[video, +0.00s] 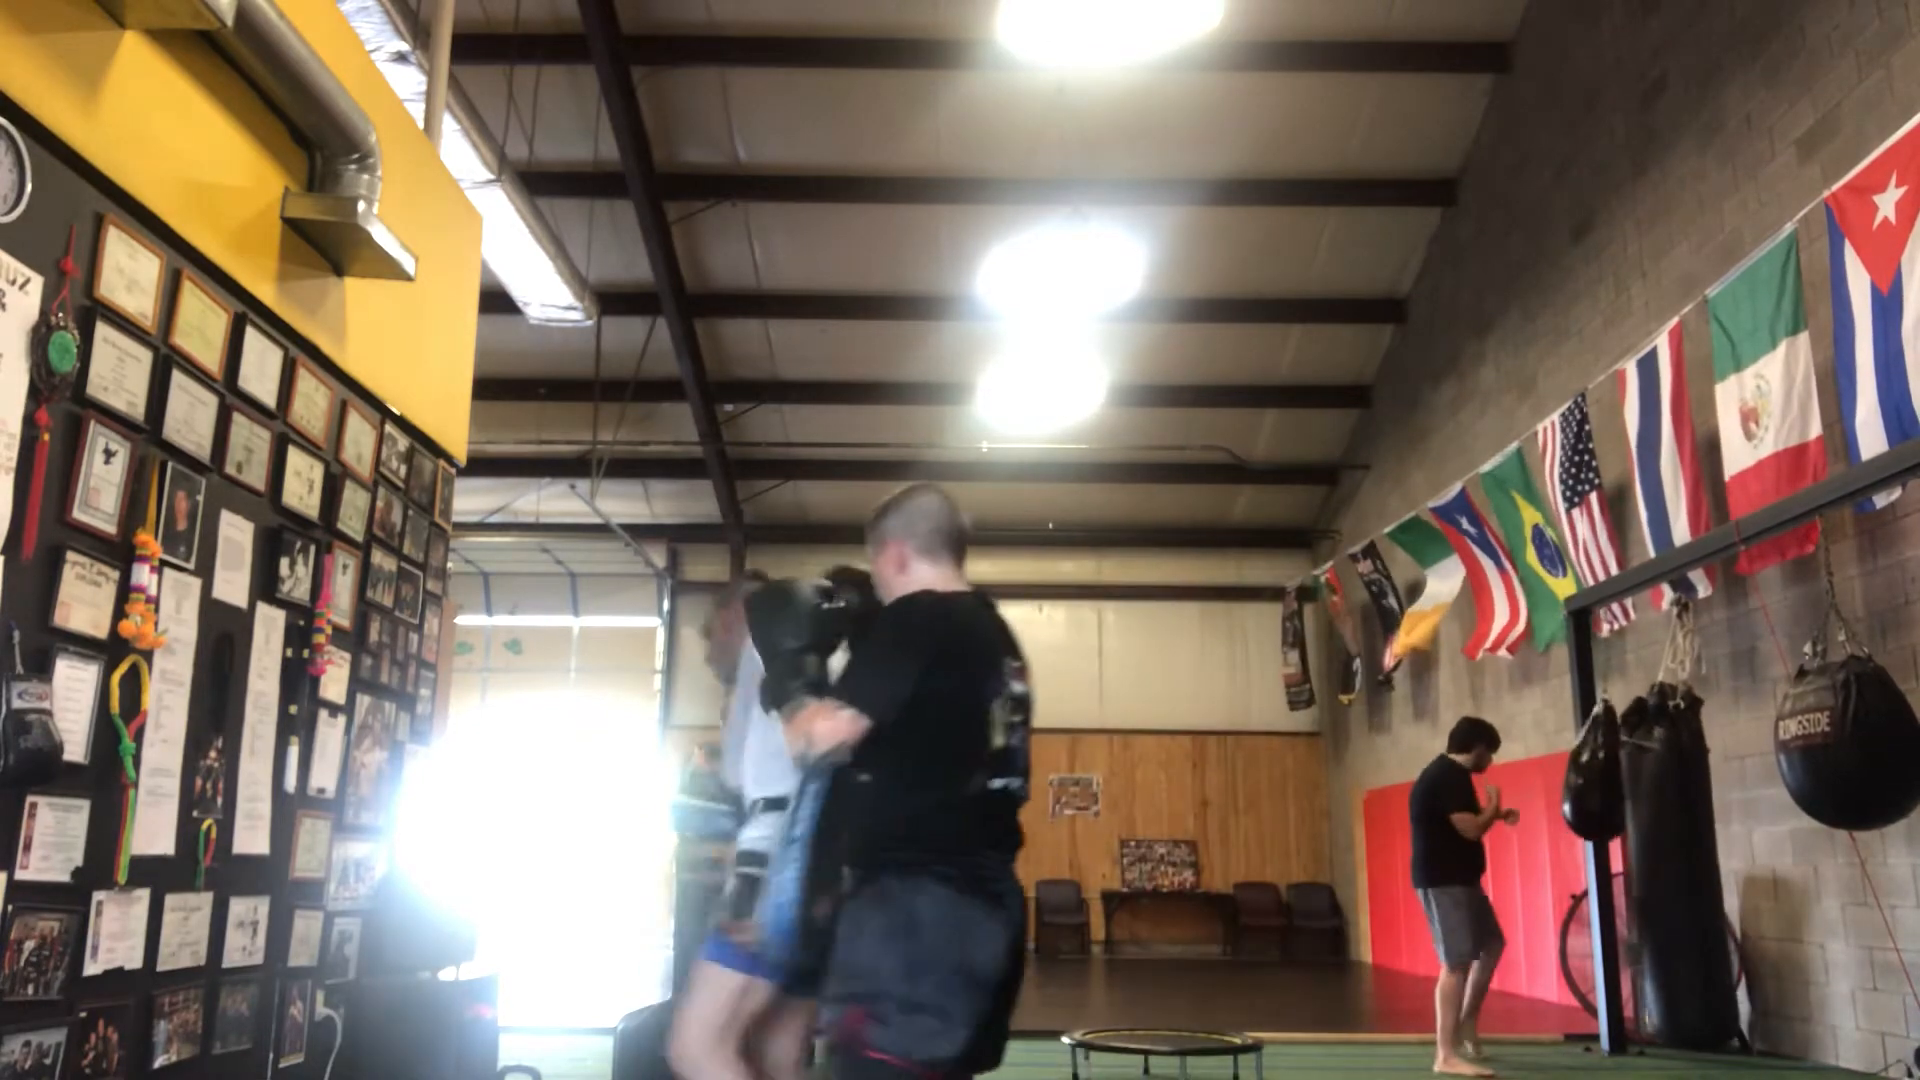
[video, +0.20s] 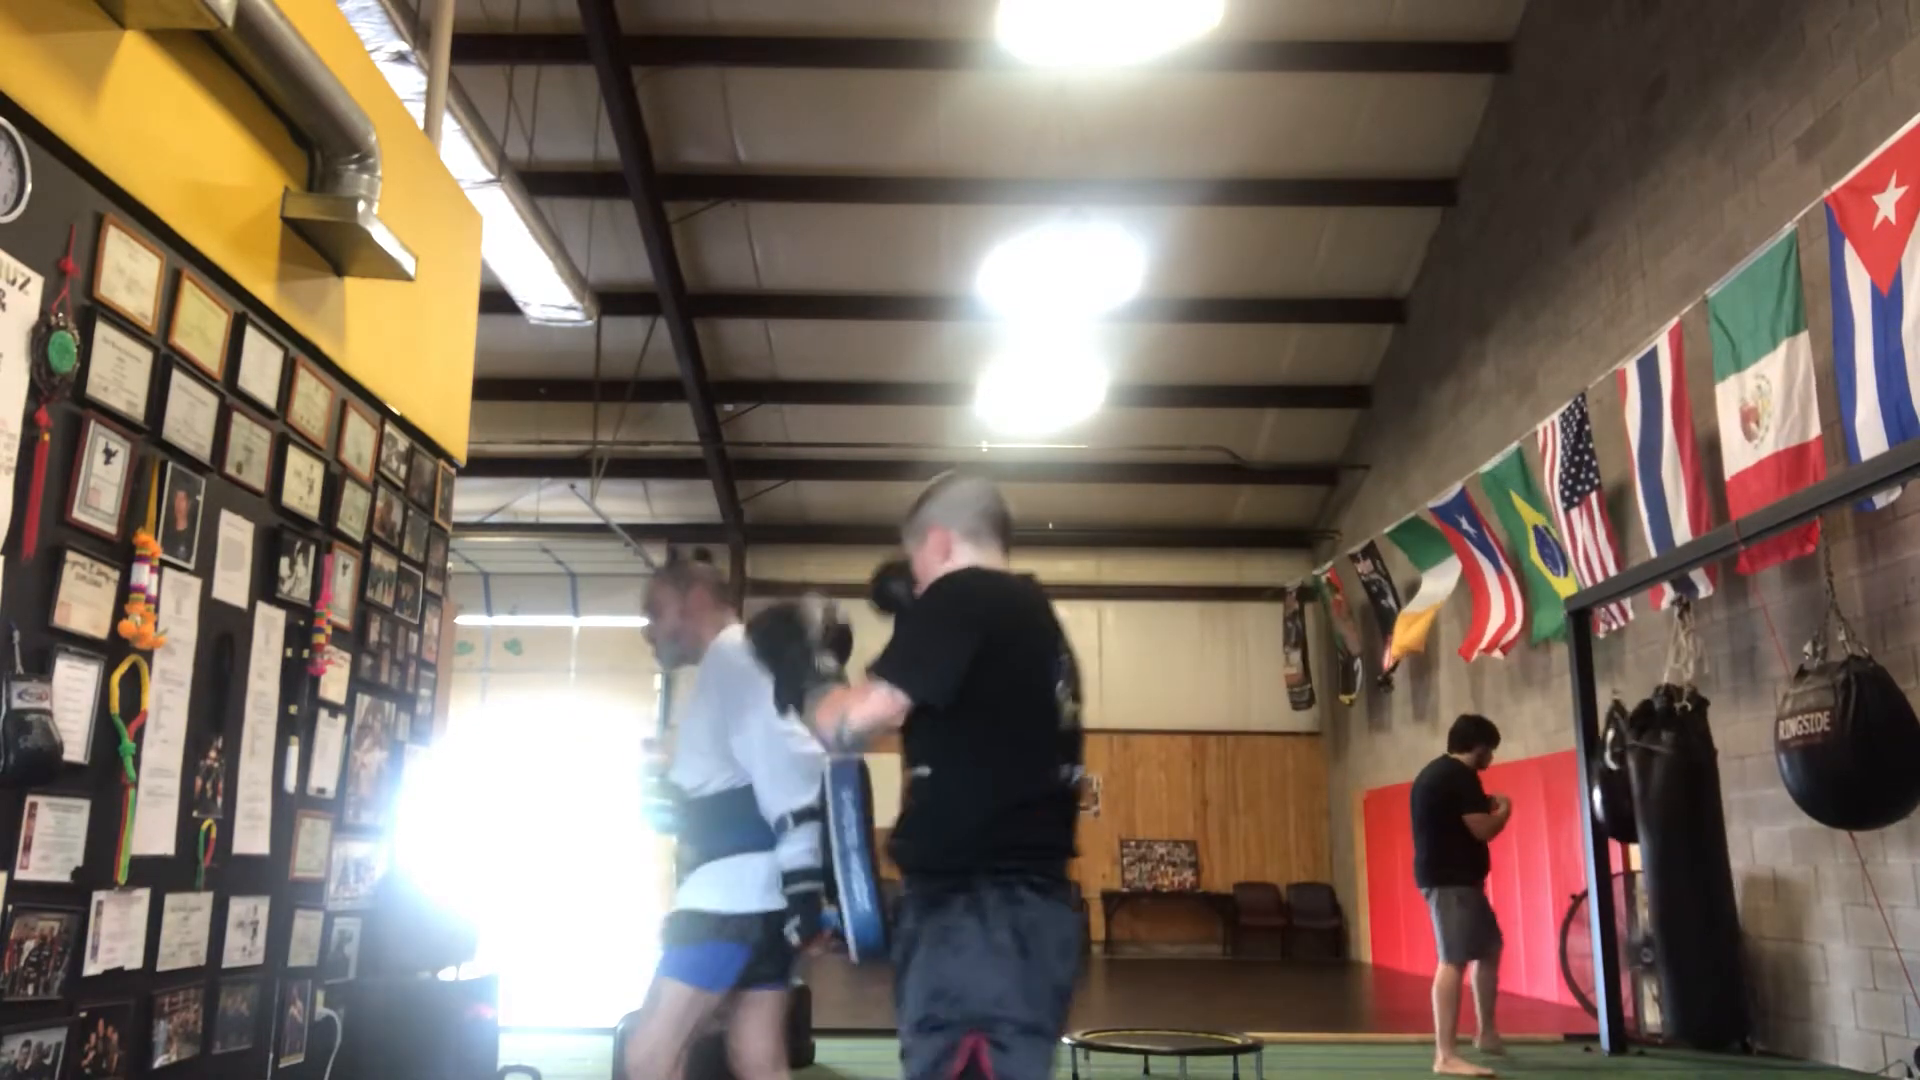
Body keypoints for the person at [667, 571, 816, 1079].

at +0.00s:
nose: (712, 637)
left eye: (719, 623)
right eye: (713, 624)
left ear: (742, 617)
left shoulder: (767, 671)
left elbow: (773, 789)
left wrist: (745, 895)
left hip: (777, 874)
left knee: (697, 1045)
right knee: (782, 1052)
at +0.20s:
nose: (649, 630)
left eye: (656, 612)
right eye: (648, 615)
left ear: (697, 596)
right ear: (699, 600)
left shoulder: (733, 659)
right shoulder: (726, 663)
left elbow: (790, 771)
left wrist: (805, 895)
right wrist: (679, 801)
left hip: (728, 897)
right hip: (756, 898)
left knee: (650, 1055)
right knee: (759, 1059)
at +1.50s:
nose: (711, 599)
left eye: (722, 587)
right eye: (702, 577)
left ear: (726, 592)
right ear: (653, 563)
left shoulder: (706, 670)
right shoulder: (557, 626)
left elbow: (705, 798)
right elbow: (460, 737)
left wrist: (741, 877)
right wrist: (574, 730)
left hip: (652, 918)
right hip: (530, 907)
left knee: (652, 1072)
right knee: (487, 1073)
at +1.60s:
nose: (726, 600)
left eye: (736, 586)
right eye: (716, 577)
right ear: (666, 563)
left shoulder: (715, 672)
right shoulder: (570, 622)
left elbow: (718, 798)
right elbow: (471, 732)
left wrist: (757, 857)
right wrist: (584, 721)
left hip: (658, 917)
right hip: (536, 906)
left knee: (652, 1072)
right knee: (500, 1071)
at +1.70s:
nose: (732, 592)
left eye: (740, 579)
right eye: (720, 570)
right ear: (668, 558)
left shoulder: (721, 667)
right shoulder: (573, 619)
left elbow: (727, 789)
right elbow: (479, 725)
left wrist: (771, 824)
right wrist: (593, 715)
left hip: (662, 907)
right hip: (547, 894)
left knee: (651, 1070)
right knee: (527, 1067)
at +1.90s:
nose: (727, 579)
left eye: (732, 564)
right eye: (713, 558)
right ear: (660, 550)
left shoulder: (717, 657)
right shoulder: (565, 617)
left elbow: (728, 775)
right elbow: (476, 737)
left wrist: (787, 767)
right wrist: (587, 708)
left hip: (673, 917)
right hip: (561, 908)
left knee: (654, 1072)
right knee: (560, 1071)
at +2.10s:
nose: (716, 571)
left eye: (719, 555)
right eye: (701, 549)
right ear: (644, 540)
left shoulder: (694, 647)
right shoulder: (550, 612)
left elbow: (719, 749)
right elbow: (480, 746)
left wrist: (785, 714)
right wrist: (614, 673)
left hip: (687, 911)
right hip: (570, 909)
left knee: (718, 1068)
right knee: (566, 1072)